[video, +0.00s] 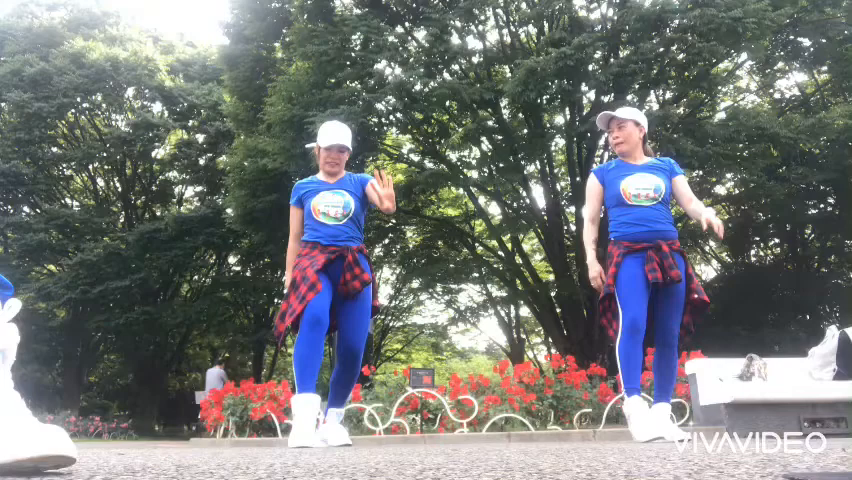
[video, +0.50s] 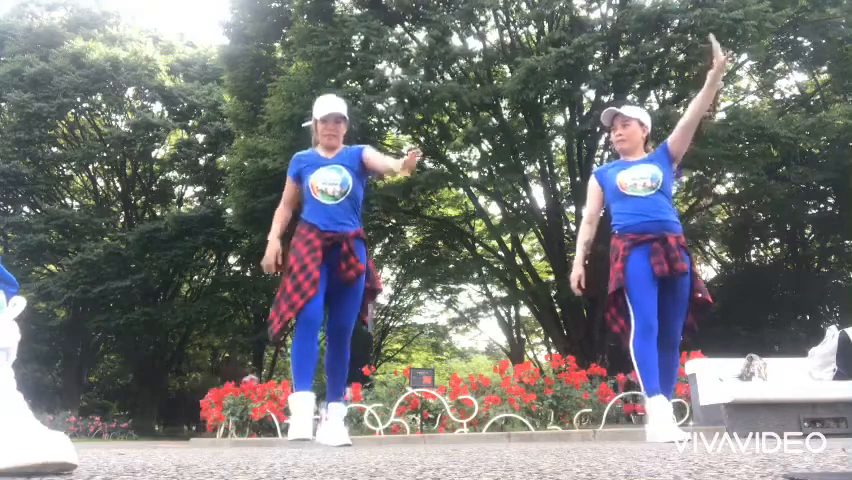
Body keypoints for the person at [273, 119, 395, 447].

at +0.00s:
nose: (333, 156)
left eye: (340, 150)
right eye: (328, 149)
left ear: (348, 154)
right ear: (317, 151)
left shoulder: (361, 182)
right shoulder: (303, 188)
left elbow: (385, 204)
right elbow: (294, 239)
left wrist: (387, 199)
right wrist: (290, 280)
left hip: (354, 264)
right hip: (314, 263)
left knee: (354, 345)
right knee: (315, 319)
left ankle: (333, 420)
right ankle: (303, 415)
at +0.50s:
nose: (332, 127)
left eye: (338, 121)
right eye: (325, 120)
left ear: (347, 126)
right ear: (313, 125)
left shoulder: (359, 154)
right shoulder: (301, 161)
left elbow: (386, 164)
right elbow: (287, 205)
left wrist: (403, 165)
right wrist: (273, 240)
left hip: (350, 249)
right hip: (310, 248)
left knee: (342, 330)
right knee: (309, 320)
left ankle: (334, 417)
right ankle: (301, 409)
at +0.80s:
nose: (325, 138)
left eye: (331, 132)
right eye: (319, 131)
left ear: (339, 135)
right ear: (307, 133)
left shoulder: (353, 170)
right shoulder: (294, 159)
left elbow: (376, 212)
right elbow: (258, 161)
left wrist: (393, 254)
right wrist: (252, 157)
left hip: (338, 253)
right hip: (298, 254)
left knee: (346, 316)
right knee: (298, 332)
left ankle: (341, 402)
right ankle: (296, 414)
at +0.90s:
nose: (326, 141)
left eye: (332, 135)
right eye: (320, 135)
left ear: (340, 139)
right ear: (308, 137)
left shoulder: (353, 175)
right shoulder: (295, 166)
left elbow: (362, 224)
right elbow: (277, 169)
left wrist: (365, 267)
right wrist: (274, 151)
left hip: (338, 253)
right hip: (297, 253)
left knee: (341, 307)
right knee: (294, 333)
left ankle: (347, 402)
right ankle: (296, 417)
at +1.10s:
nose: (328, 147)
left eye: (334, 141)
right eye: (322, 140)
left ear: (339, 146)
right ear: (307, 143)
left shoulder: (350, 183)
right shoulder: (287, 176)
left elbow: (353, 230)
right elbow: (300, 185)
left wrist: (347, 262)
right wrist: (304, 154)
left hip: (342, 254)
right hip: (302, 256)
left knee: (347, 313)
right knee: (298, 337)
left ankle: (353, 408)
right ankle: (295, 419)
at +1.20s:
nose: (330, 145)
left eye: (334, 139)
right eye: (322, 139)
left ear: (338, 144)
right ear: (304, 142)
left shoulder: (347, 183)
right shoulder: (286, 174)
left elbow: (353, 230)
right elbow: (295, 186)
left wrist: (354, 268)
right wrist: (306, 165)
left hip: (342, 254)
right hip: (301, 255)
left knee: (349, 313)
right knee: (296, 337)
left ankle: (353, 408)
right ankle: (296, 418)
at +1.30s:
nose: (334, 137)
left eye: (335, 132)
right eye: (328, 131)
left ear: (332, 136)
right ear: (308, 134)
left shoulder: (344, 178)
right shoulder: (289, 171)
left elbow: (351, 225)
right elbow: (276, 214)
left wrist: (358, 257)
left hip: (336, 245)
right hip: (296, 245)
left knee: (343, 318)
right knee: (294, 326)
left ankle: (352, 404)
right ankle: (295, 409)